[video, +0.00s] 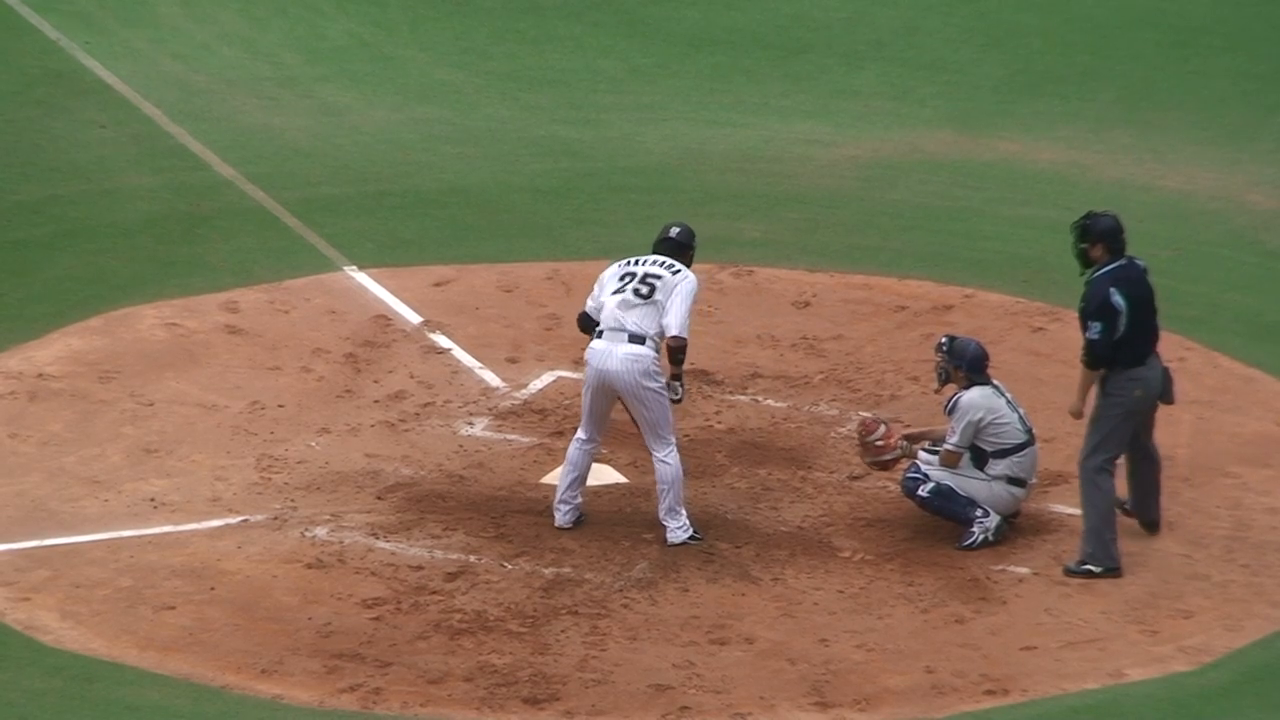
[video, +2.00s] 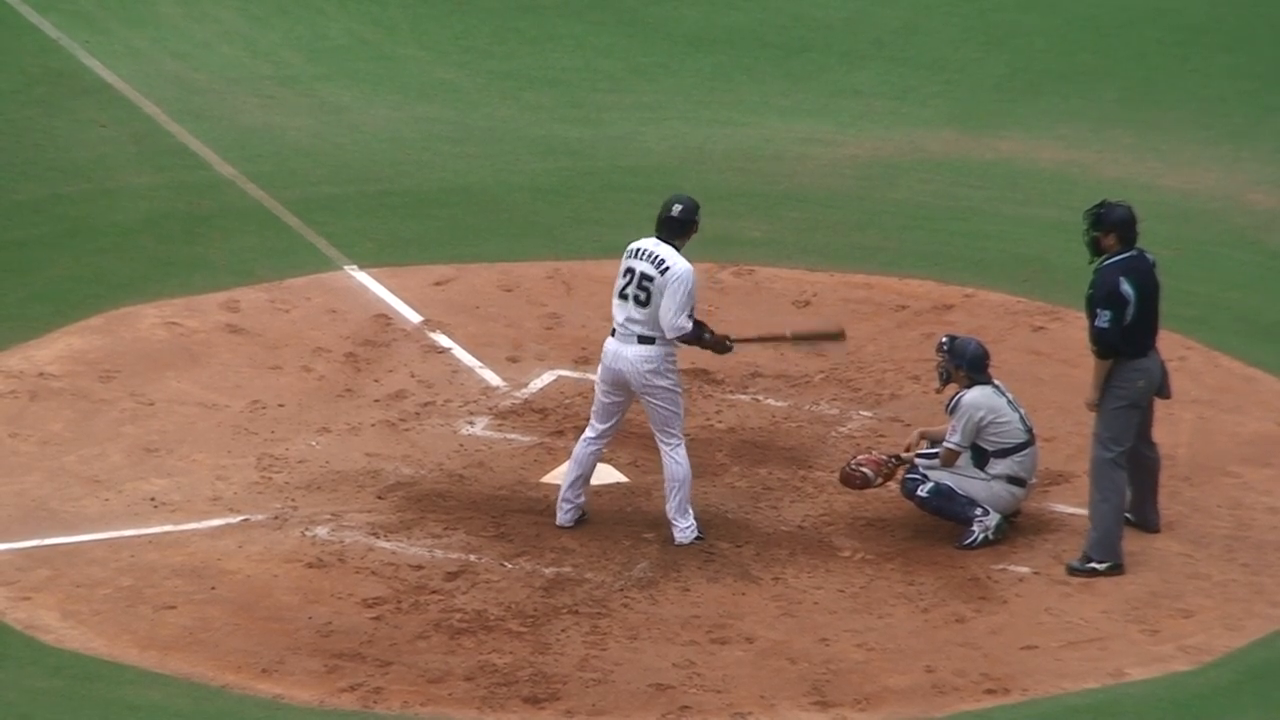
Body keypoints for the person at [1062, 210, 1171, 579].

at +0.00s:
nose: (1082, 249)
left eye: (1086, 244)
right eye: (1082, 242)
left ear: (1100, 248)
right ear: (1112, 245)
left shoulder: (1100, 289)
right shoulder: (1136, 269)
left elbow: (1094, 354)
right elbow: (1144, 326)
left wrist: (1079, 398)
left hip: (1124, 383)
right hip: (1150, 373)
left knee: (1094, 463)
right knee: (1140, 444)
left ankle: (1101, 557)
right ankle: (1146, 510)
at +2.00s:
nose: (1093, 236)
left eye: (1098, 232)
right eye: (1096, 230)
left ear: (1110, 237)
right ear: (1126, 234)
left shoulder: (1109, 276)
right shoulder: (1143, 261)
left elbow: (1106, 343)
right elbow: (1145, 321)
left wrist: (1095, 388)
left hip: (1124, 372)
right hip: (1147, 363)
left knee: (1108, 457)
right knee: (1139, 443)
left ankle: (1103, 553)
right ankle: (1145, 512)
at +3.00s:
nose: (1091, 243)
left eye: (1095, 238)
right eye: (1093, 237)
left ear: (1108, 243)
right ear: (1124, 240)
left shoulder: (1106, 284)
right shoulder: (1142, 268)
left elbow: (1102, 350)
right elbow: (1143, 327)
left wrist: (1091, 392)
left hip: (1121, 378)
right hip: (1144, 369)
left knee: (1109, 462)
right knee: (1138, 448)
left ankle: (1105, 557)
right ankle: (1147, 516)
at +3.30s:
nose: (1091, 240)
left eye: (1095, 235)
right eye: (1093, 233)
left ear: (1107, 241)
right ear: (1124, 237)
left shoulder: (1105, 280)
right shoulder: (1142, 264)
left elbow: (1102, 347)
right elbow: (1142, 323)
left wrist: (1092, 389)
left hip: (1120, 375)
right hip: (1144, 367)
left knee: (1109, 460)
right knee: (1137, 446)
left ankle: (1105, 555)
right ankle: (1147, 515)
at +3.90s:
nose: (1088, 237)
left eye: (1093, 232)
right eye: (1091, 230)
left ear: (1105, 238)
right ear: (1122, 234)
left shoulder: (1104, 278)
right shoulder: (1140, 262)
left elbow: (1101, 345)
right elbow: (1143, 320)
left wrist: (1090, 387)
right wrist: (1141, 358)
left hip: (1121, 373)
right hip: (1144, 364)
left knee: (1109, 458)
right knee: (1137, 442)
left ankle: (1104, 553)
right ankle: (1147, 512)